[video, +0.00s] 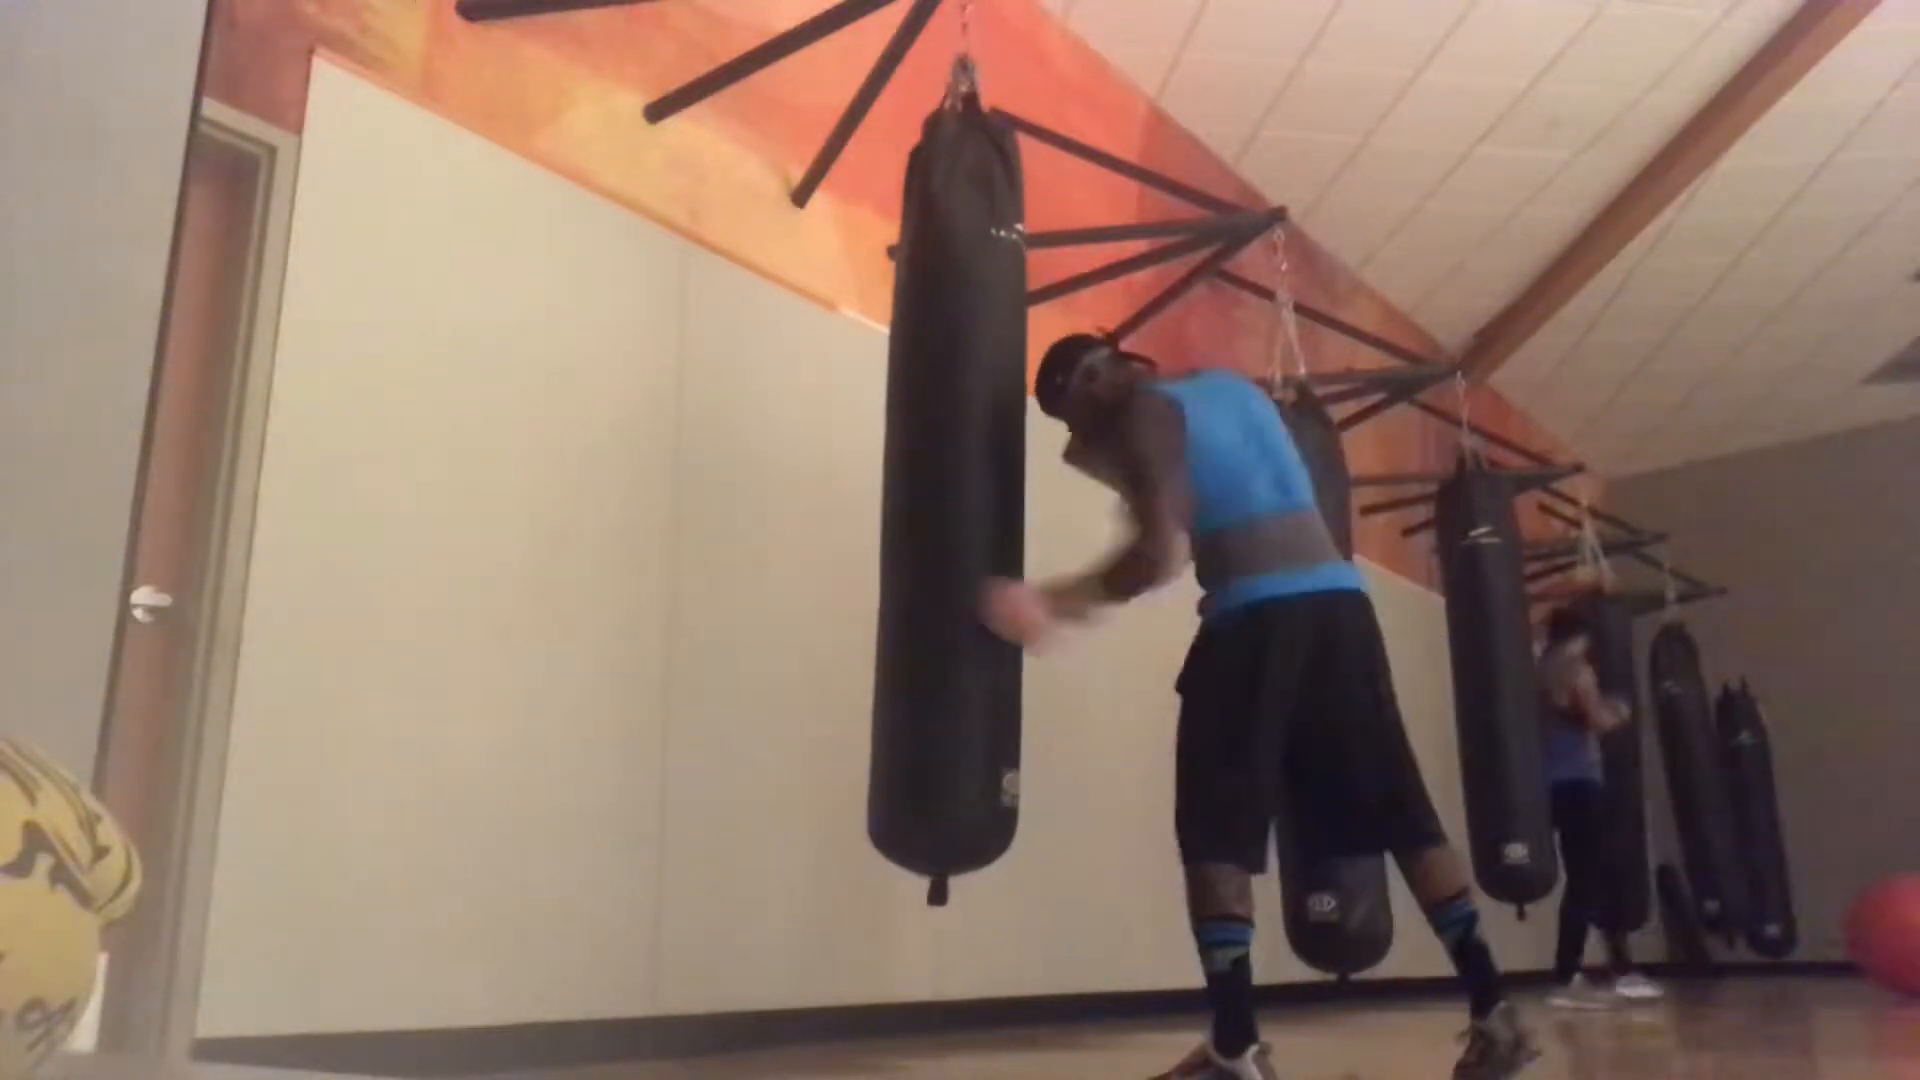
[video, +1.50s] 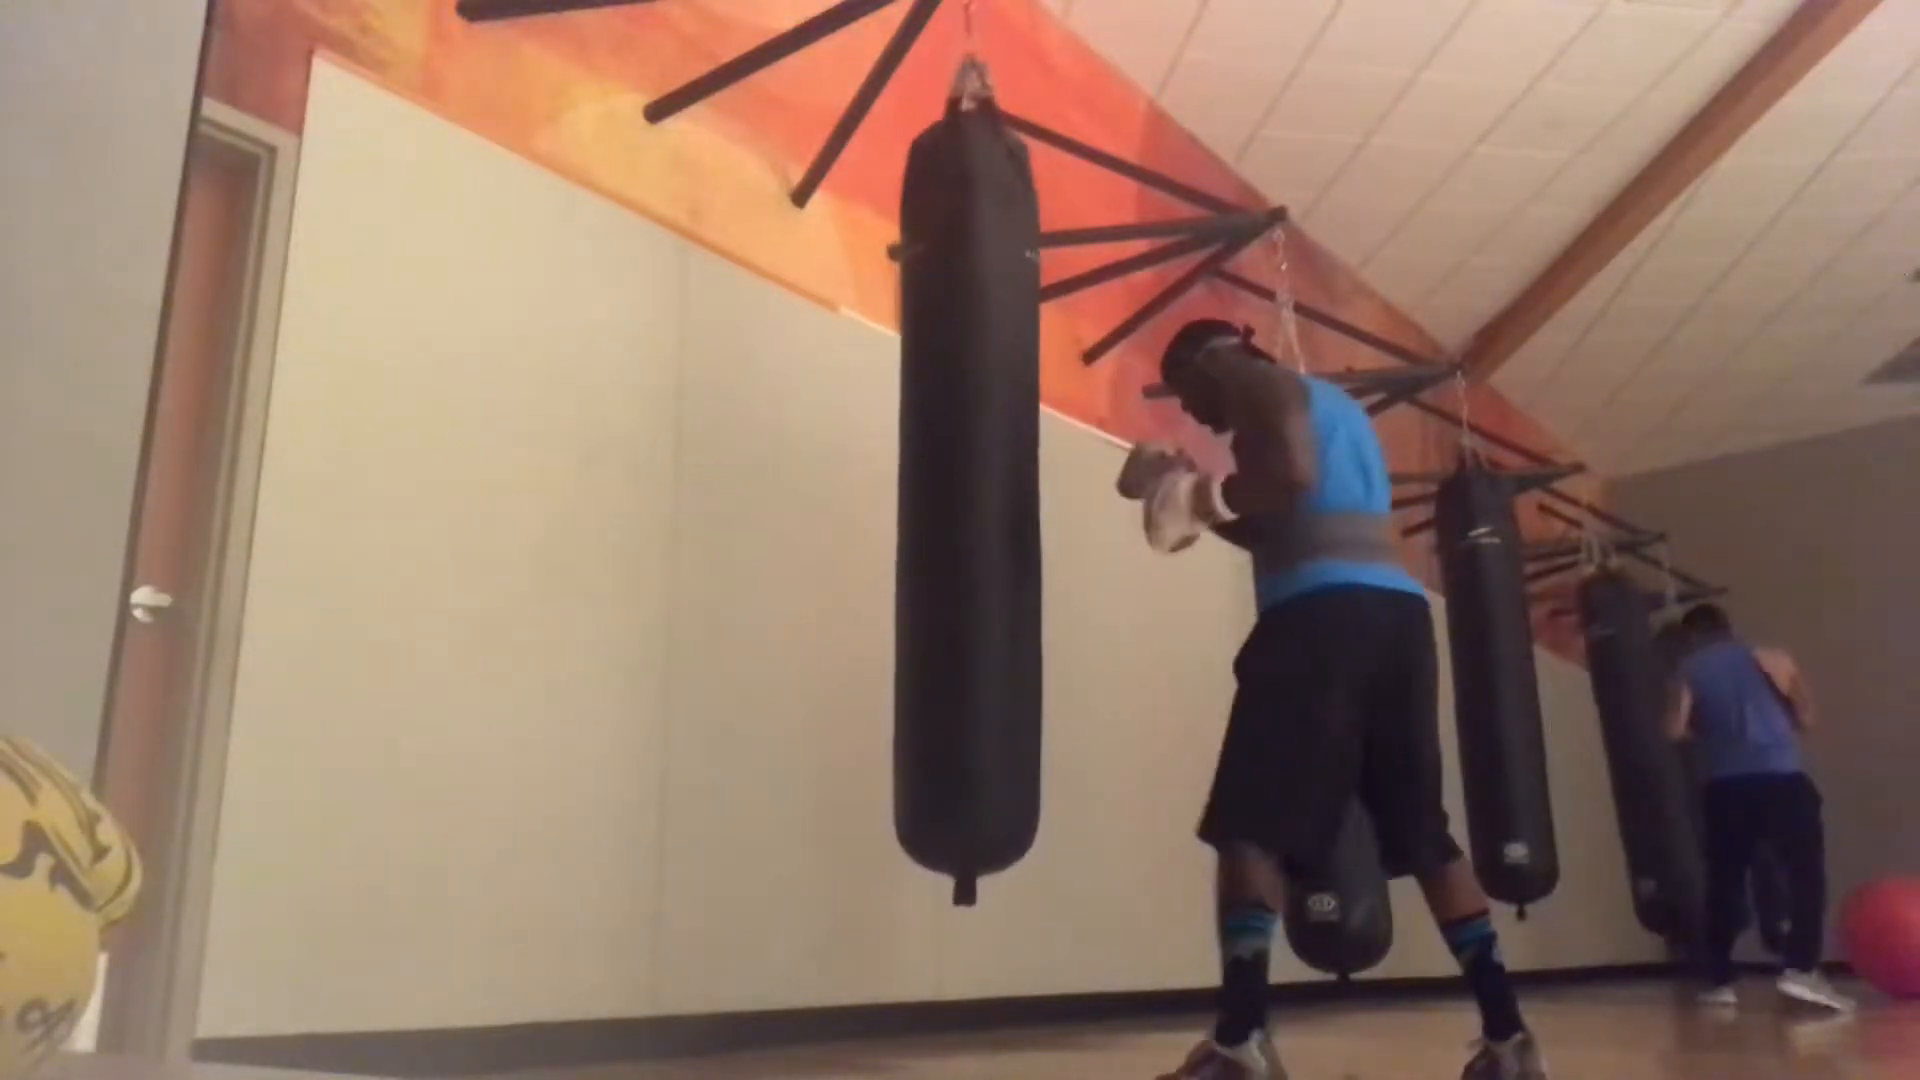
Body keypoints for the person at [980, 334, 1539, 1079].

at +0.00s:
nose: (1078, 437)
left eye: (1071, 415)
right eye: (1070, 424)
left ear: (1097, 373)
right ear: (1124, 359)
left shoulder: (1145, 410)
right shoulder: (1238, 392)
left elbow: (1159, 556)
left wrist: (1065, 596)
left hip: (1253, 630)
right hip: (1343, 616)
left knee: (1215, 834)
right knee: (1406, 814)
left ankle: (1234, 1044)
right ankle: (1494, 1008)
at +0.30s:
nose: (1114, 409)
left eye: (1106, 389)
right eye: (1103, 401)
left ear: (1133, 347)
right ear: (1147, 346)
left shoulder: (1200, 384)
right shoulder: (1247, 402)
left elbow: (1267, 475)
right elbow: (1249, 542)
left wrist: (1173, 518)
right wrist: (1159, 536)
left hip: (1282, 617)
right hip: (1351, 612)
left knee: (1238, 825)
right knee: (1384, 814)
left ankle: (1237, 1045)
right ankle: (1486, 1023)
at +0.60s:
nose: (1158, 412)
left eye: (1152, 393)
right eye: (1149, 402)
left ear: (1178, 354)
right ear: (1201, 346)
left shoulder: (1234, 381)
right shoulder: (1291, 406)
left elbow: (1198, 475)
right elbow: (1260, 538)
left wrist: (1136, 480)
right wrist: (1149, 522)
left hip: (1293, 624)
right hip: (1382, 620)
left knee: (1218, 817)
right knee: (1421, 831)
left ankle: (1235, 1034)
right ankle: (1494, 1032)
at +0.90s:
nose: (1148, 405)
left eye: (1142, 384)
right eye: (1136, 393)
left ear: (1171, 342)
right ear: (1180, 338)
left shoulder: (1240, 371)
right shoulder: (1268, 405)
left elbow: (1224, 476)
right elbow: (1224, 544)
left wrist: (1129, 478)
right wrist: (1130, 534)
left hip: (1288, 619)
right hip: (1357, 614)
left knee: (1249, 827)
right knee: (1390, 816)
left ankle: (1246, 1045)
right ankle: (1502, 1020)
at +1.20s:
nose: (1169, 412)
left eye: (1167, 398)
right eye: (1167, 400)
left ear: (1185, 376)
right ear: (1231, 354)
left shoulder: (1202, 396)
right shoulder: (1321, 393)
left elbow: (1134, 465)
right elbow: (1271, 481)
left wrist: (1054, 485)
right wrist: (1183, 478)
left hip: (1276, 631)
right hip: (1374, 624)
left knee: (1254, 841)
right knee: (1433, 828)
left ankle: (1246, 1048)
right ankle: (1508, 1025)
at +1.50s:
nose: (1199, 412)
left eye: (1192, 393)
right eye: (1190, 401)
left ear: (1215, 359)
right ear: (1251, 344)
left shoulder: (1263, 385)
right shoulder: (1343, 409)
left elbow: (1294, 472)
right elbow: (1285, 533)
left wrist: (1220, 493)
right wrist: (1205, 509)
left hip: (1316, 624)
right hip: (1402, 621)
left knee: (1246, 828)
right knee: (1423, 831)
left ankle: (1241, 1035)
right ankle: (1507, 1034)